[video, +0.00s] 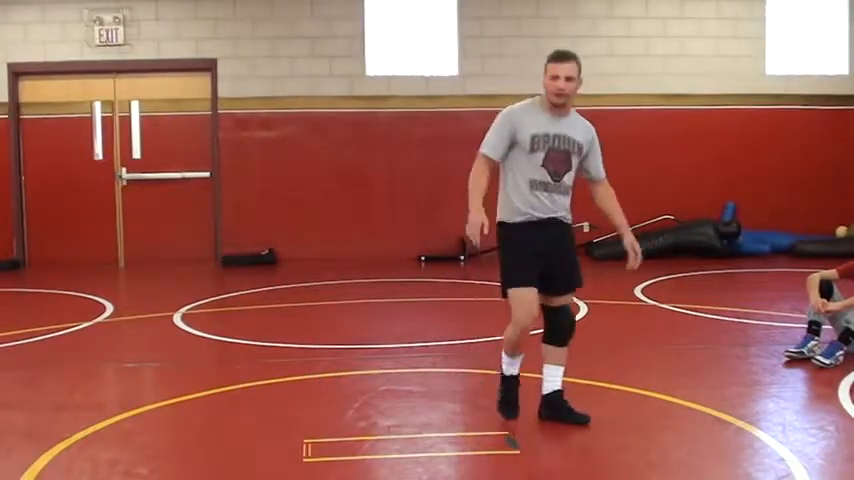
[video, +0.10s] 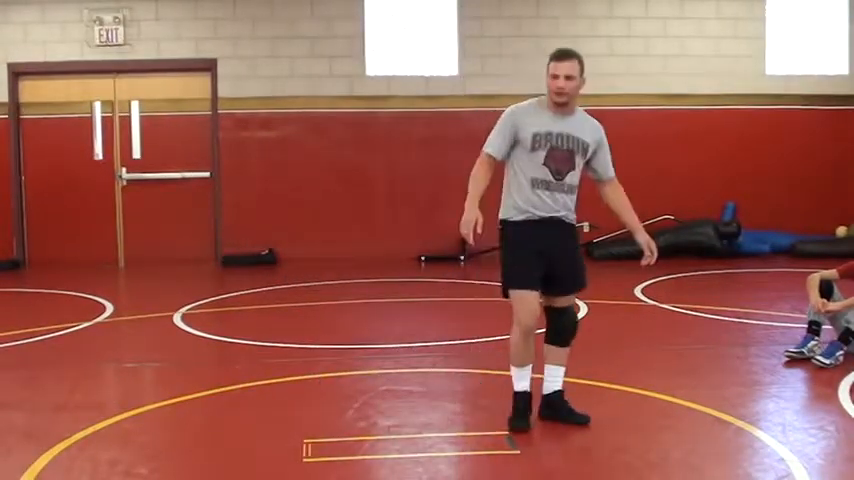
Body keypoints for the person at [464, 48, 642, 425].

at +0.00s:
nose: (561, 85)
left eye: (569, 79)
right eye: (554, 77)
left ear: (579, 85)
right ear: (543, 80)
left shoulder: (584, 131)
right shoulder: (514, 118)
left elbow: (600, 185)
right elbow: (483, 164)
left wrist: (625, 232)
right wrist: (475, 208)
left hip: (559, 229)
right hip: (516, 228)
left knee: (561, 320)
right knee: (524, 318)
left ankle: (552, 397)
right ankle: (510, 377)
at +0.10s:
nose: (561, 84)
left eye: (569, 78)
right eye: (555, 76)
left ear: (581, 83)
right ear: (546, 79)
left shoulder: (591, 130)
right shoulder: (517, 117)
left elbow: (609, 185)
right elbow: (486, 162)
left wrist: (640, 232)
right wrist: (472, 205)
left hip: (563, 229)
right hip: (519, 228)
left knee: (564, 315)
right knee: (526, 319)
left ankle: (553, 398)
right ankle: (521, 398)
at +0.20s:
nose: (563, 84)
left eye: (571, 77)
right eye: (557, 76)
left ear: (585, 83)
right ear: (549, 79)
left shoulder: (597, 133)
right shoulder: (521, 116)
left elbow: (615, 187)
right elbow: (489, 161)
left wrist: (640, 233)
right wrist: (470, 208)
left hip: (563, 229)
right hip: (518, 226)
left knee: (565, 317)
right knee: (527, 318)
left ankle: (553, 398)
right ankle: (524, 398)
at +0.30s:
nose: (564, 84)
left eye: (573, 77)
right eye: (559, 76)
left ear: (588, 82)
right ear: (551, 78)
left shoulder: (601, 134)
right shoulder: (523, 115)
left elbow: (615, 189)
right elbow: (493, 160)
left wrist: (633, 240)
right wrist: (472, 209)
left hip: (563, 230)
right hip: (517, 225)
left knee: (564, 319)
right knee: (524, 318)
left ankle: (553, 398)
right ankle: (523, 396)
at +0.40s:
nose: (566, 83)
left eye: (574, 77)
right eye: (560, 76)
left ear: (590, 82)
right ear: (553, 78)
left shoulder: (602, 136)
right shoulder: (524, 115)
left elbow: (609, 193)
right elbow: (495, 161)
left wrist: (616, 244)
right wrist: (474, 210)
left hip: (561, 229)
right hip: (516, 223)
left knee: (562, 317)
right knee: (520, 314)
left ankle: (552, 398)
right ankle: (519, 396)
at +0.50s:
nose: (568, 83)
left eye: (577, 76)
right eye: (563, 75)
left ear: (591, 82)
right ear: (555, 78)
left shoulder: (602, 137)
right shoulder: (525, 114)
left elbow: (603, 197)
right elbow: (496, 162)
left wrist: (593, 246)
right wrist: (476, 213)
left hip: (558, 230)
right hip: (513, 223)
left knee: (561, 318)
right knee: (512, 314)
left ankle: (551, 398)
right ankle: (508, 396)